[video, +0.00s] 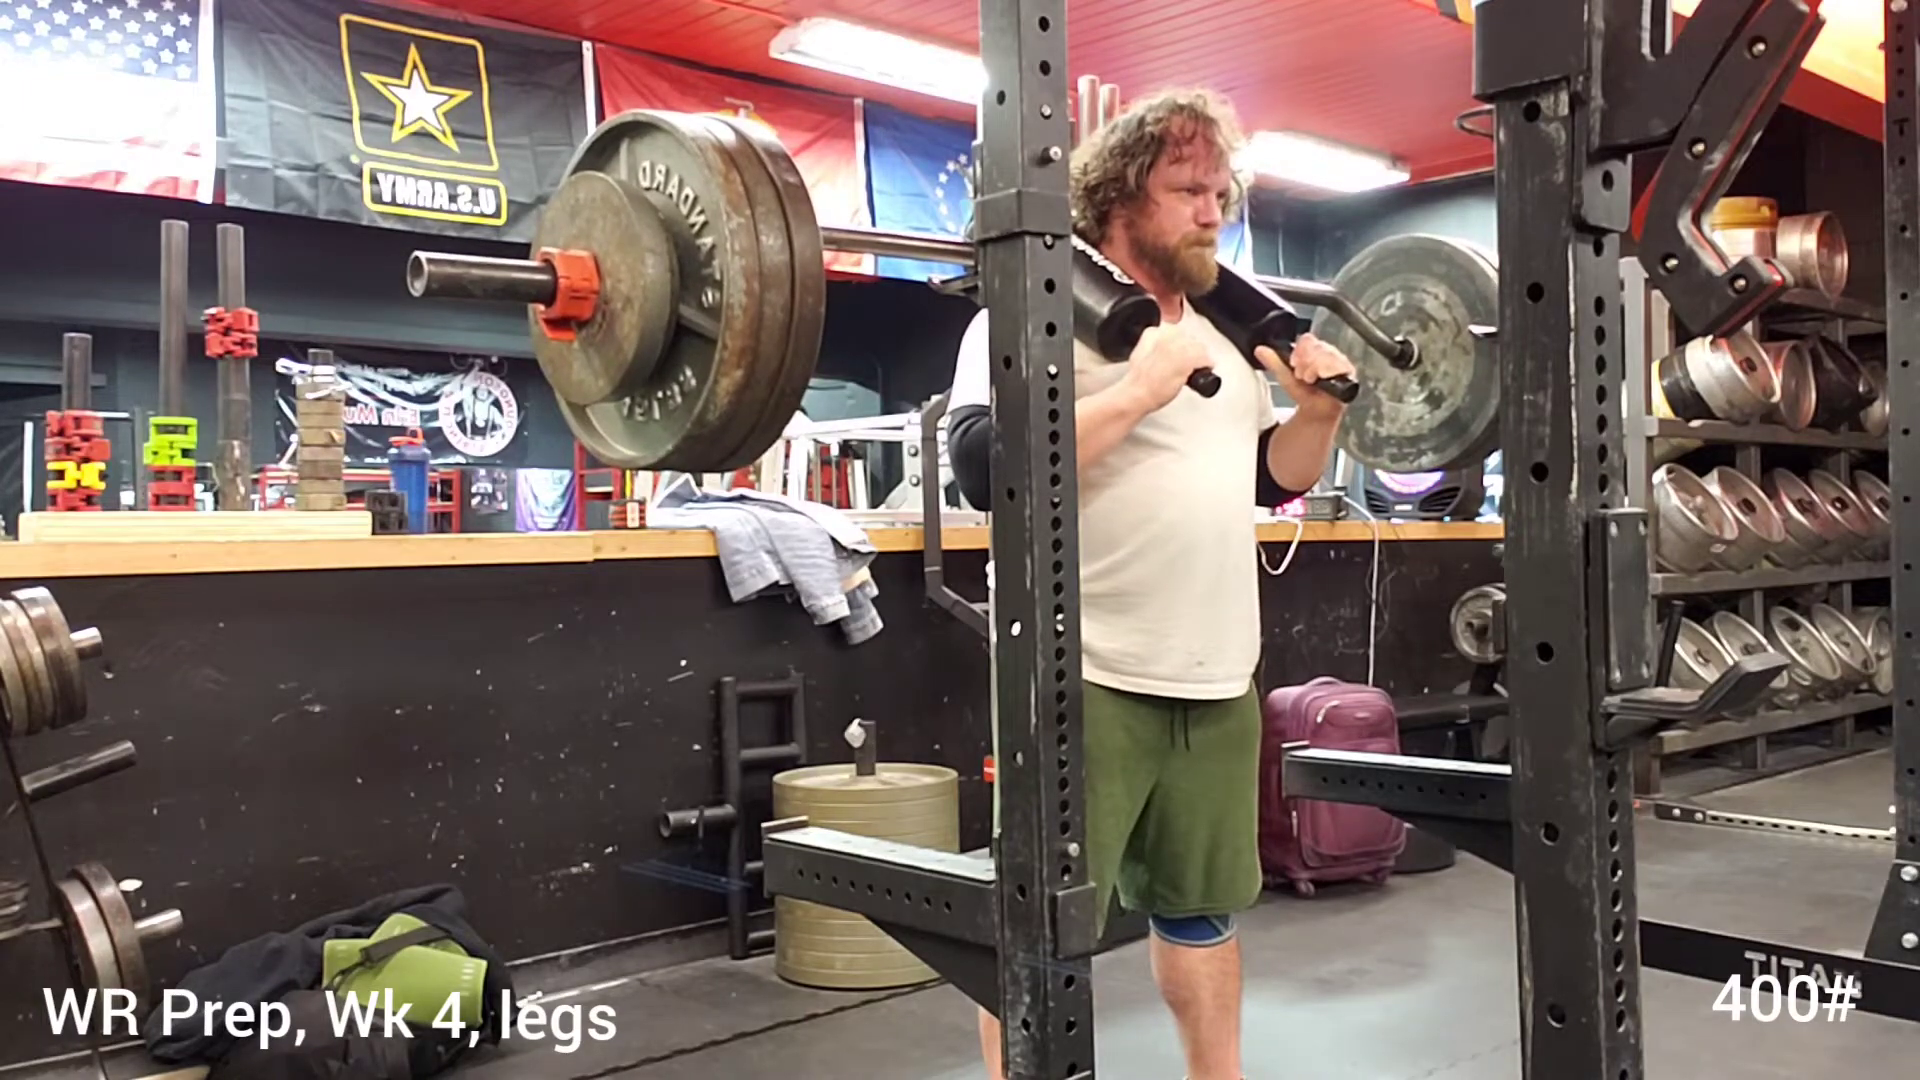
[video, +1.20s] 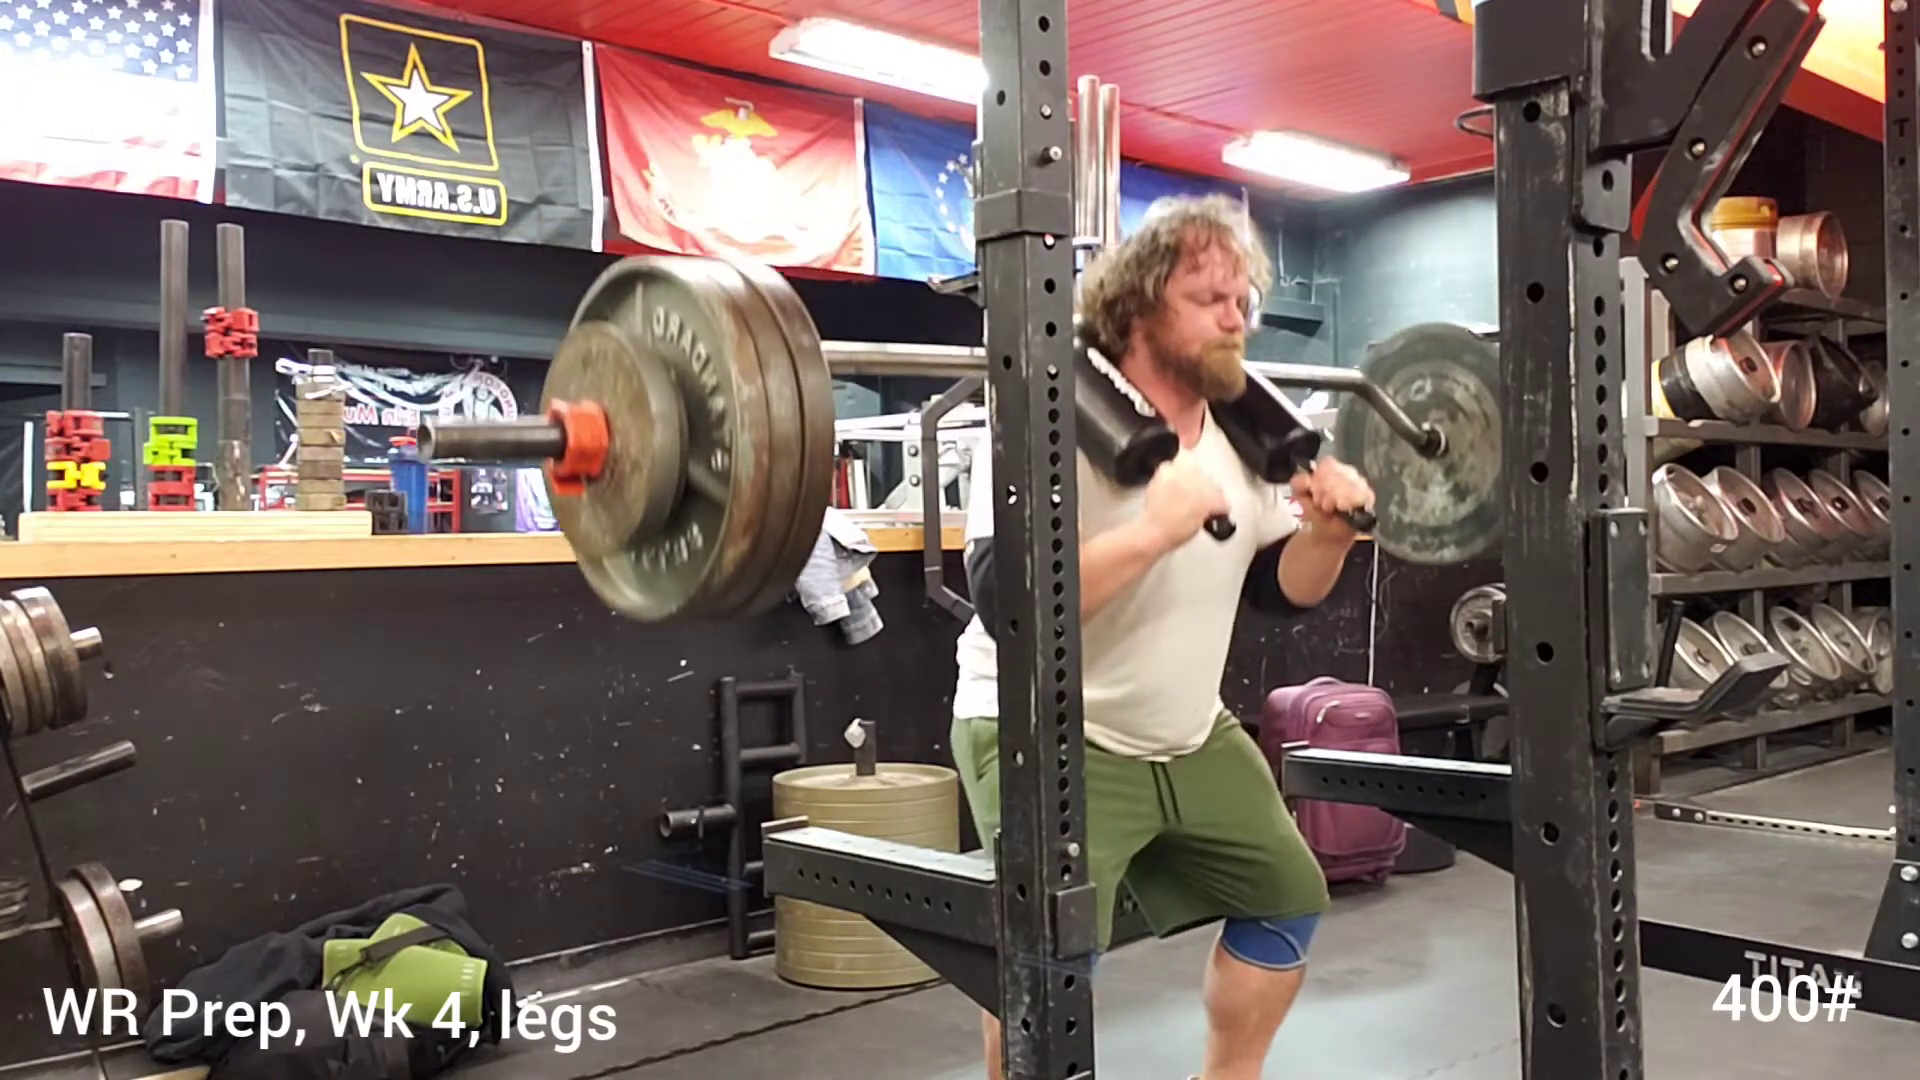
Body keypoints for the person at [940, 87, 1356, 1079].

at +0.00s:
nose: (1215, 211)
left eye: (1221, 192)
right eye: (1192, 189)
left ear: (1225, 202)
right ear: (1122, 193)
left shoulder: (1225, 334)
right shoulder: (1030, 315)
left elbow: (1284, 475)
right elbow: (985, 469)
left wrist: (1320, 403)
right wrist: (1132, 394)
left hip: (1218, 681)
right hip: (1084, 677)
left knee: (1201, 920)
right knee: (1044, 930)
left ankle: (1218, 1076)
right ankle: (1013, 1072)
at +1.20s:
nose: (1236, 321)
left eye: (1242, 299)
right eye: (1211, 299)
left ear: (1250, 303)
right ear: (1142, 310)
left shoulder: (1244, 416)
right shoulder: (1058, 409)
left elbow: (1290, 588)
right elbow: (1012, 597)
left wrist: (1332, 527)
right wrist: (1148, 535)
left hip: (1189, 731)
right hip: (1056, 732)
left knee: (1285, 899)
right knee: (1051, 949)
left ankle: (1230, 1074)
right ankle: (1018, 1073)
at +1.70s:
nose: (1248, 441)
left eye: (1256, 421)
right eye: (1222, 422)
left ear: (1267, 426)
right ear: (1151, 434)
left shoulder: (1260, 528)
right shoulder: (1060, 536)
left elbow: (1306, 704)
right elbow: (1030, 733)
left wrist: (1346, 646)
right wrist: (1161, 676)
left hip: (1177, 787)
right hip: (1030, 792)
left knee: (1304, 904)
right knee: (1067, 942)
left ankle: (1232, 1074)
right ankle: (1016, 1068)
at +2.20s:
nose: (1272, 592)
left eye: (1277, 569)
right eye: (1244, 572)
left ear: (1288, 564)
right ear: (1174, 578)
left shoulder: (1275, 661)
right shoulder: (1084, 673)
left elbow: (1332, 832)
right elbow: (1028, 857)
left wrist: (1361, 782)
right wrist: (1175, 830)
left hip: (1222, 898)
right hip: (1096, 911)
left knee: (1354, 925)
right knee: (1082, 984)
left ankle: (1239, 1075)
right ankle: (1023, 1069)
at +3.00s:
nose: (1263, 450)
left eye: (1272, 433)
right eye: (1238, 432)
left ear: (1284, 441)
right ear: (1170, 444)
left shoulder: (1269, 540)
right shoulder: (1077, 540)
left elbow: (1326, 715)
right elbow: (1035, 731)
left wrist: (1354, 658)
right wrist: (1172, 682)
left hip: (1184, 792)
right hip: (1038, 800)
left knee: (1316, 906)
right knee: (1084, 952)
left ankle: (1236, 1073)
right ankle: (1021, 1068)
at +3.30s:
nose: (1250, 334)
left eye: (1261, 318)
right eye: (1226, 314)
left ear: (1269, 336)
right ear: (1162, 324)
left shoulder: (1259, 438)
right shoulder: (1068, 426)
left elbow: (1310, 617)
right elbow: (1006, 614)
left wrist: (1341, 552)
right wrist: (1159, 564)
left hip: (1203, 743)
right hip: (1068, 746)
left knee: (1304, 904)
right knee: (1066, 954)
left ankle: (1236, 1074)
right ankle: (1011, 1069)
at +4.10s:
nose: (1242, 207)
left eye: (1247, 186)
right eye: (1217, 184)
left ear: (1249, 195)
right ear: (1147, 191)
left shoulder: (1246, 323)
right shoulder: (1051, 297)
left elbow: (1286, 485)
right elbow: (983, 475)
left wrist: (1329, 422)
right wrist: (1134, 413)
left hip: (1227, 681)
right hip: (1096, 677)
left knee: (1209, 923)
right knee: (1053, 936)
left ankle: (1219, 1073)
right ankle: (1026, 1072)